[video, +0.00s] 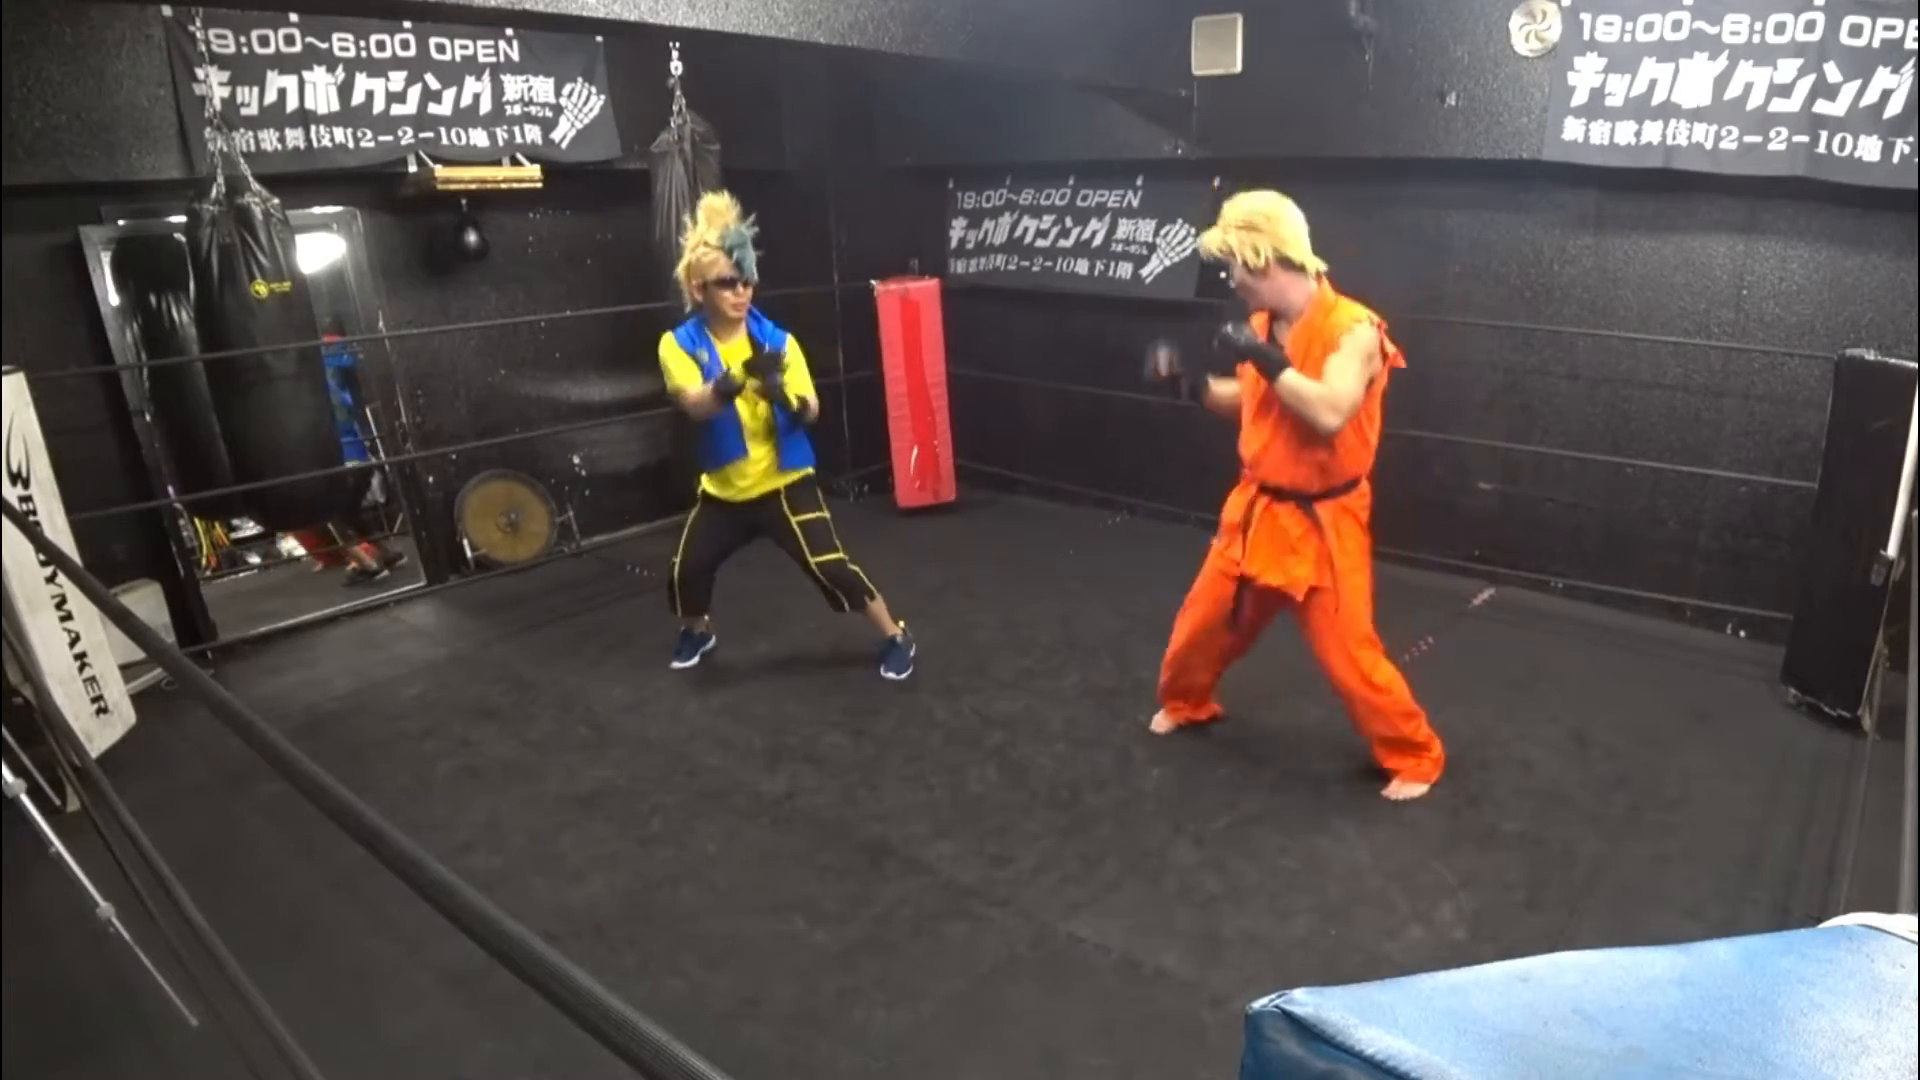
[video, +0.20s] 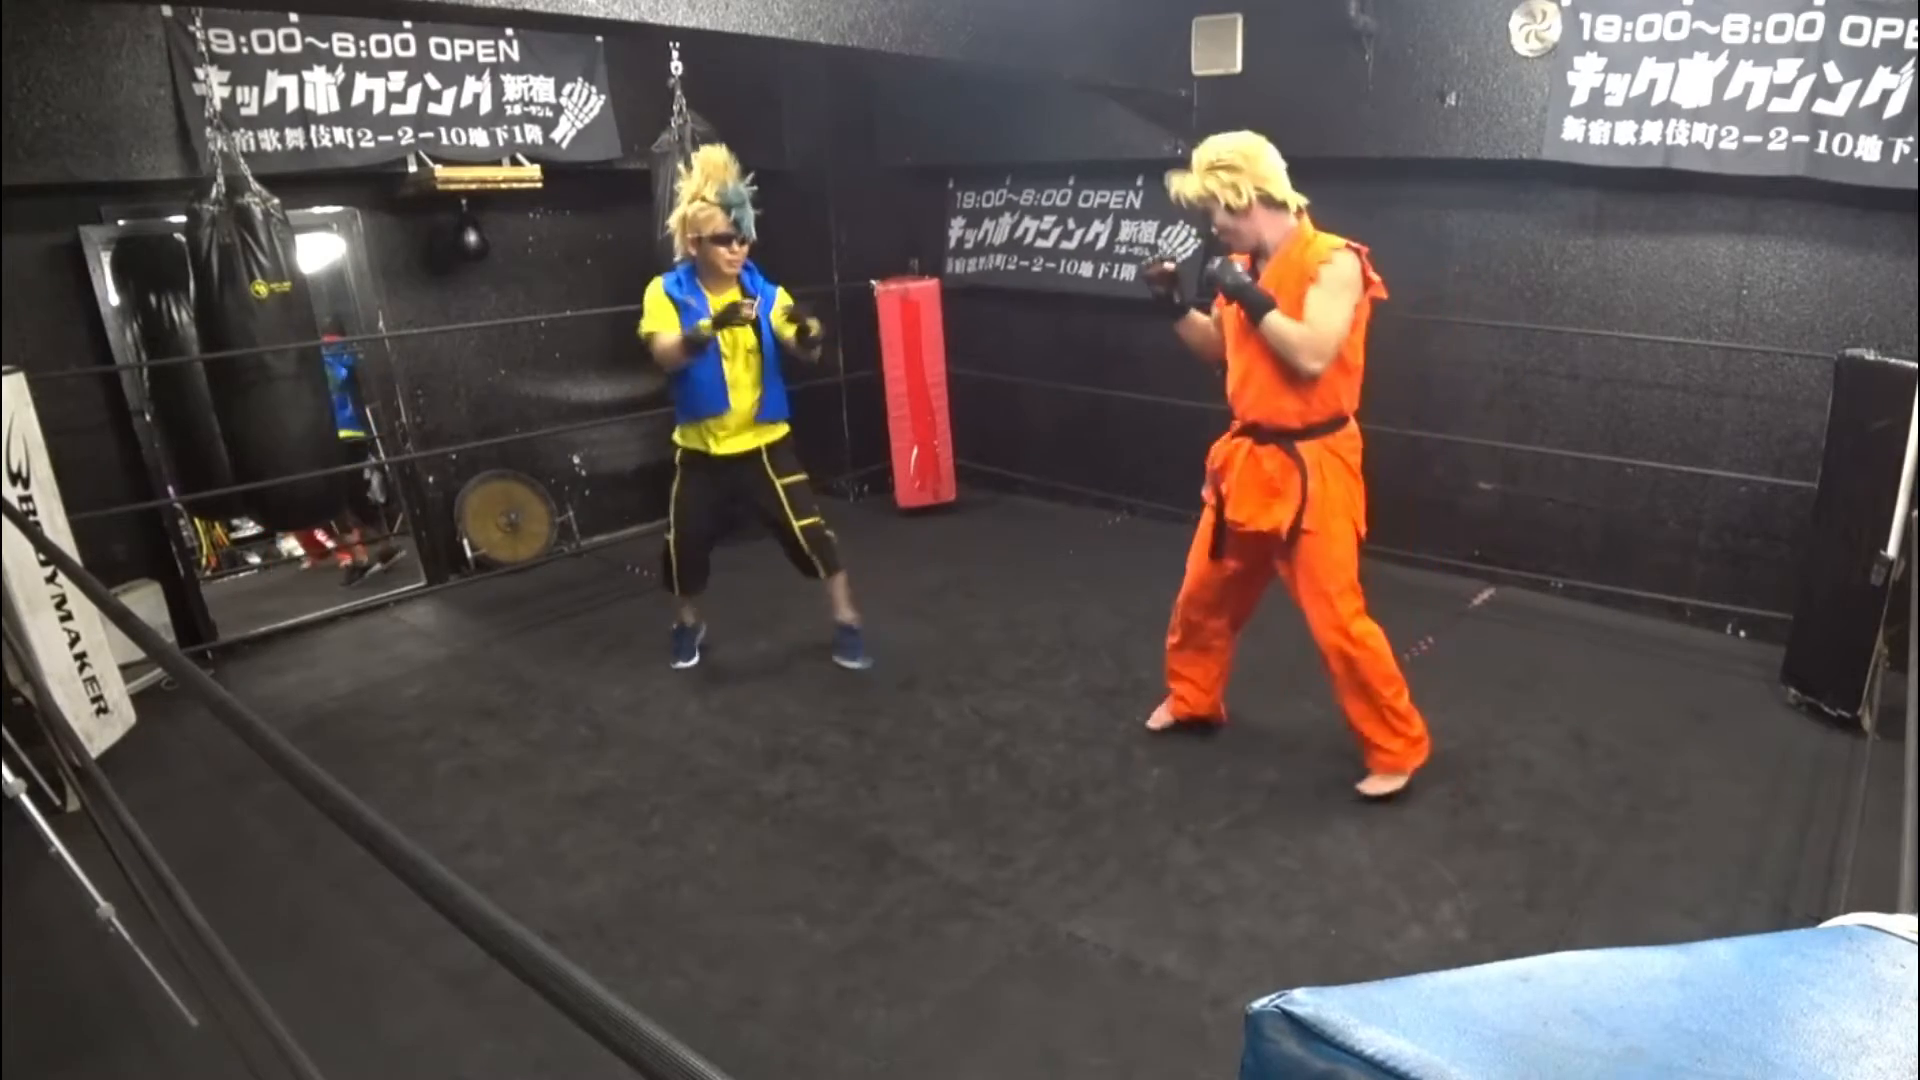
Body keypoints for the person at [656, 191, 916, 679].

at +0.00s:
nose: (740, 294)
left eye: (745, 282)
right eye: (727, 285)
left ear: (754, 284)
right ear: (697, 291)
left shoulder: (777, 340)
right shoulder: (679, 344)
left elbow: (811, 411)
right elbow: (695, 407)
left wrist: (780, 392)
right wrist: (737, 377)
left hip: (787, 483)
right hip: (723, 489)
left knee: (828, 566)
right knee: (687, 570)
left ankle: (894, 635)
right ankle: (697, 632)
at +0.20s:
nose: (737, 250)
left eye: (741, 240)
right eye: (723, 241)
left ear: (749, 242)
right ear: (694, 246)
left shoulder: (762, 291)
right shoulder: (667, 291)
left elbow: (802, 347)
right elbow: (664, 354)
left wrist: (808, 337)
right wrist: (705, 330)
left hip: (766, 440)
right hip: (701, 446)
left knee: (810, 533)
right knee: (683, 547)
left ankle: (847, 620)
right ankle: (688, 624)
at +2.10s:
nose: (660, 263)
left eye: (665, 252)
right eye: (648, 254)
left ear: (675, 256)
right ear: (623, 260)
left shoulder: (694, 306)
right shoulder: (602, 299)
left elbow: (726, 365)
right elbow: (622, 336)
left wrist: (738, 357)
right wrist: (664, 320)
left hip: (711, 443)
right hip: (653, 449)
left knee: (750, 531)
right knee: (622, 535)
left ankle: (806, 615)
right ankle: (629, 609)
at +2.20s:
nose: (655, 290)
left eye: (660, 279)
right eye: (643, 280)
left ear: (669, 283)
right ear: (618, 287)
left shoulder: (681, 326)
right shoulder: (601, 325)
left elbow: (720, 383)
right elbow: (608, 360)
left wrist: (732, 347)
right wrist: (648, 328)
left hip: (707, 468)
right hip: (649, 472)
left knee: (735, 554)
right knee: (616, 559)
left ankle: (802, 616)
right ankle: (622, 611)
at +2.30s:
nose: (644, 306)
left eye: (650, 295)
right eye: (632, 297)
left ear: (660, 298)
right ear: (610, 303)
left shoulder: (675, 340)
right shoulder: (592, 343)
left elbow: (712, 407)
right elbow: (585, 395)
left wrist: (713, 377)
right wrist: (624, 356)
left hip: (690, 482)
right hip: (636, 484)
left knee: (729, 576)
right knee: (594, 562)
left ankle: (802, 616)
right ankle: (619, 611)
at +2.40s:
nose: (628, 307)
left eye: (633, 297)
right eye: (616, 299)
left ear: (642, 300)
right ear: (593, 304)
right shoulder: (574, 344)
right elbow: (566, 399)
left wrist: (687, 398)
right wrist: (604, 368)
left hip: (674, 480)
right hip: (620, 483)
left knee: (715, 568)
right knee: (582, 560)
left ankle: (788, 608)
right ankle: (616, 610)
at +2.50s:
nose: (601, 303)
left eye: (609, 293)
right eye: (590, 295)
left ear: (621, 294)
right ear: (569, 299)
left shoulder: (635, 332)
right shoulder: (554, 336)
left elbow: (677, 404)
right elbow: (541, 387)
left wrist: (652, 360)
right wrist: (572, 363)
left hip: (656, 475)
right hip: (602, 480)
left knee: (694, 555)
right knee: (574, 561)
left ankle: (772, 606)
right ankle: (615, 608)